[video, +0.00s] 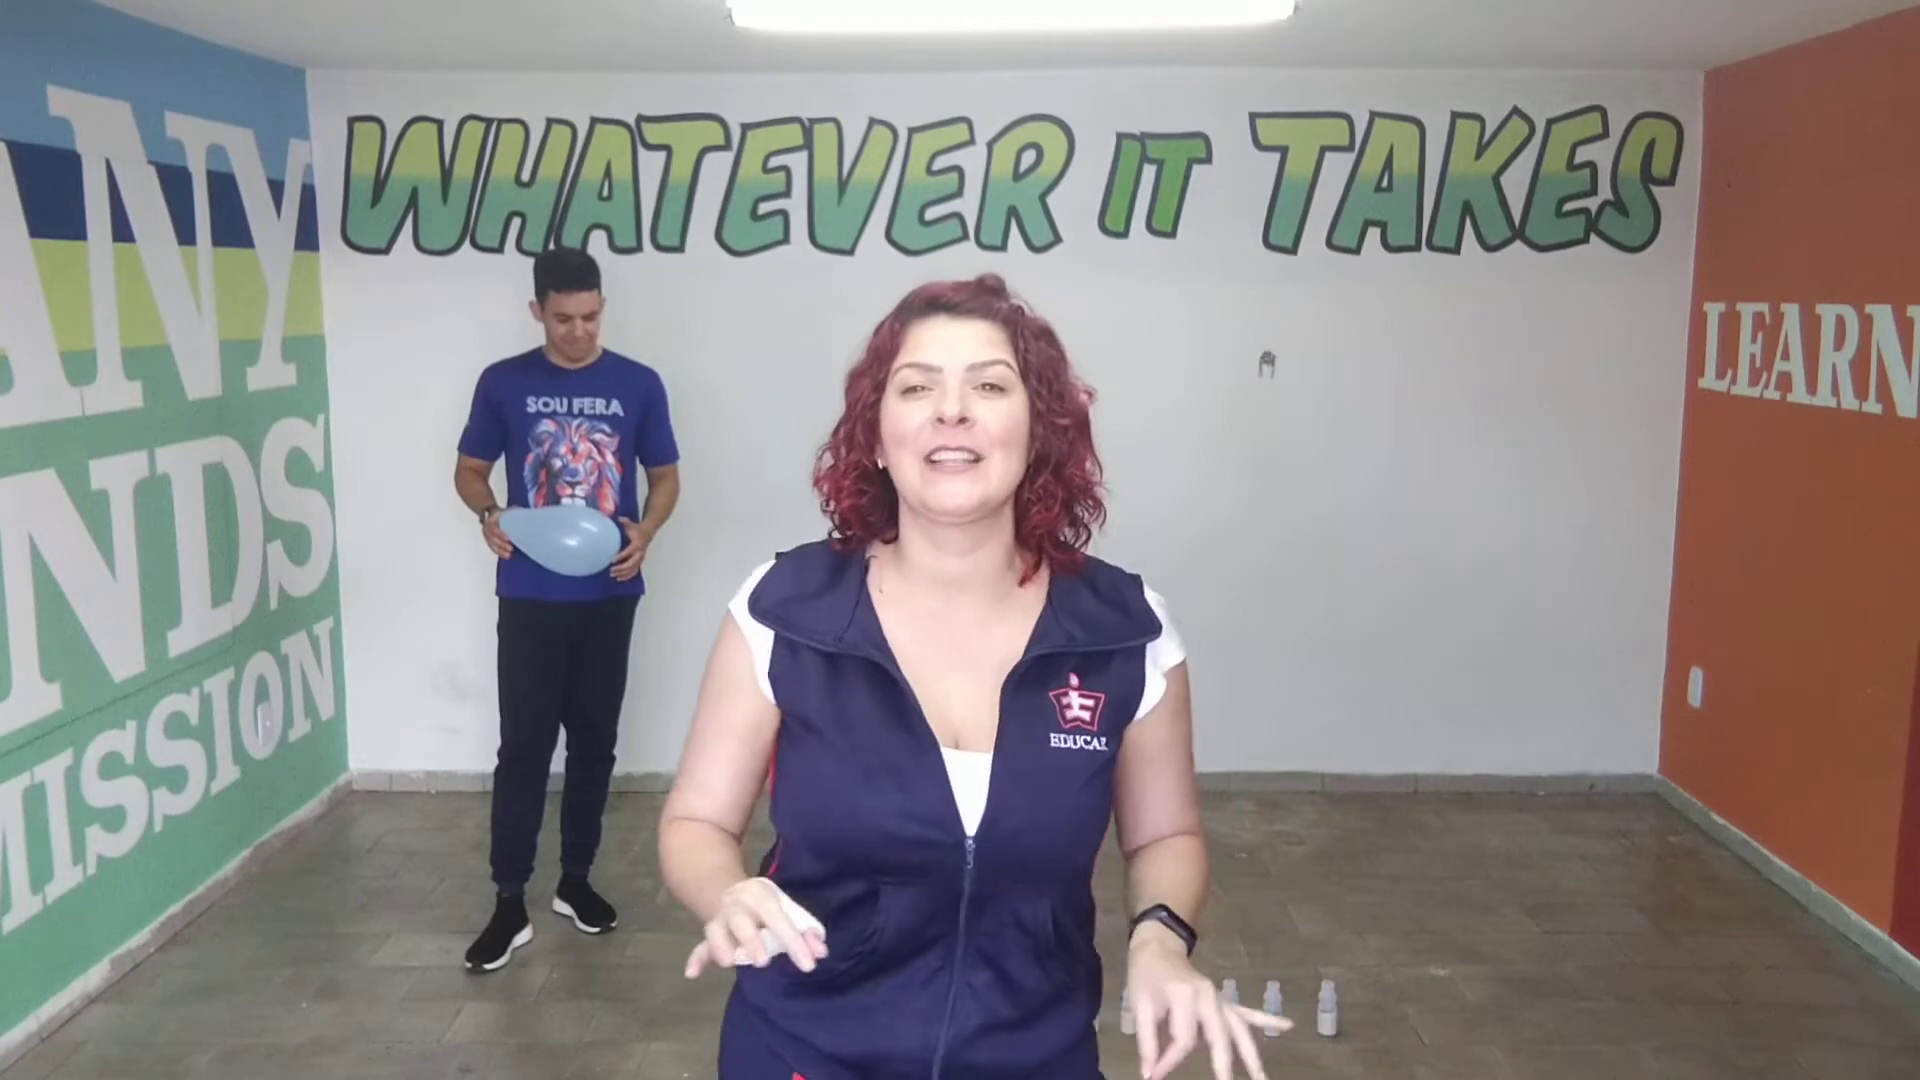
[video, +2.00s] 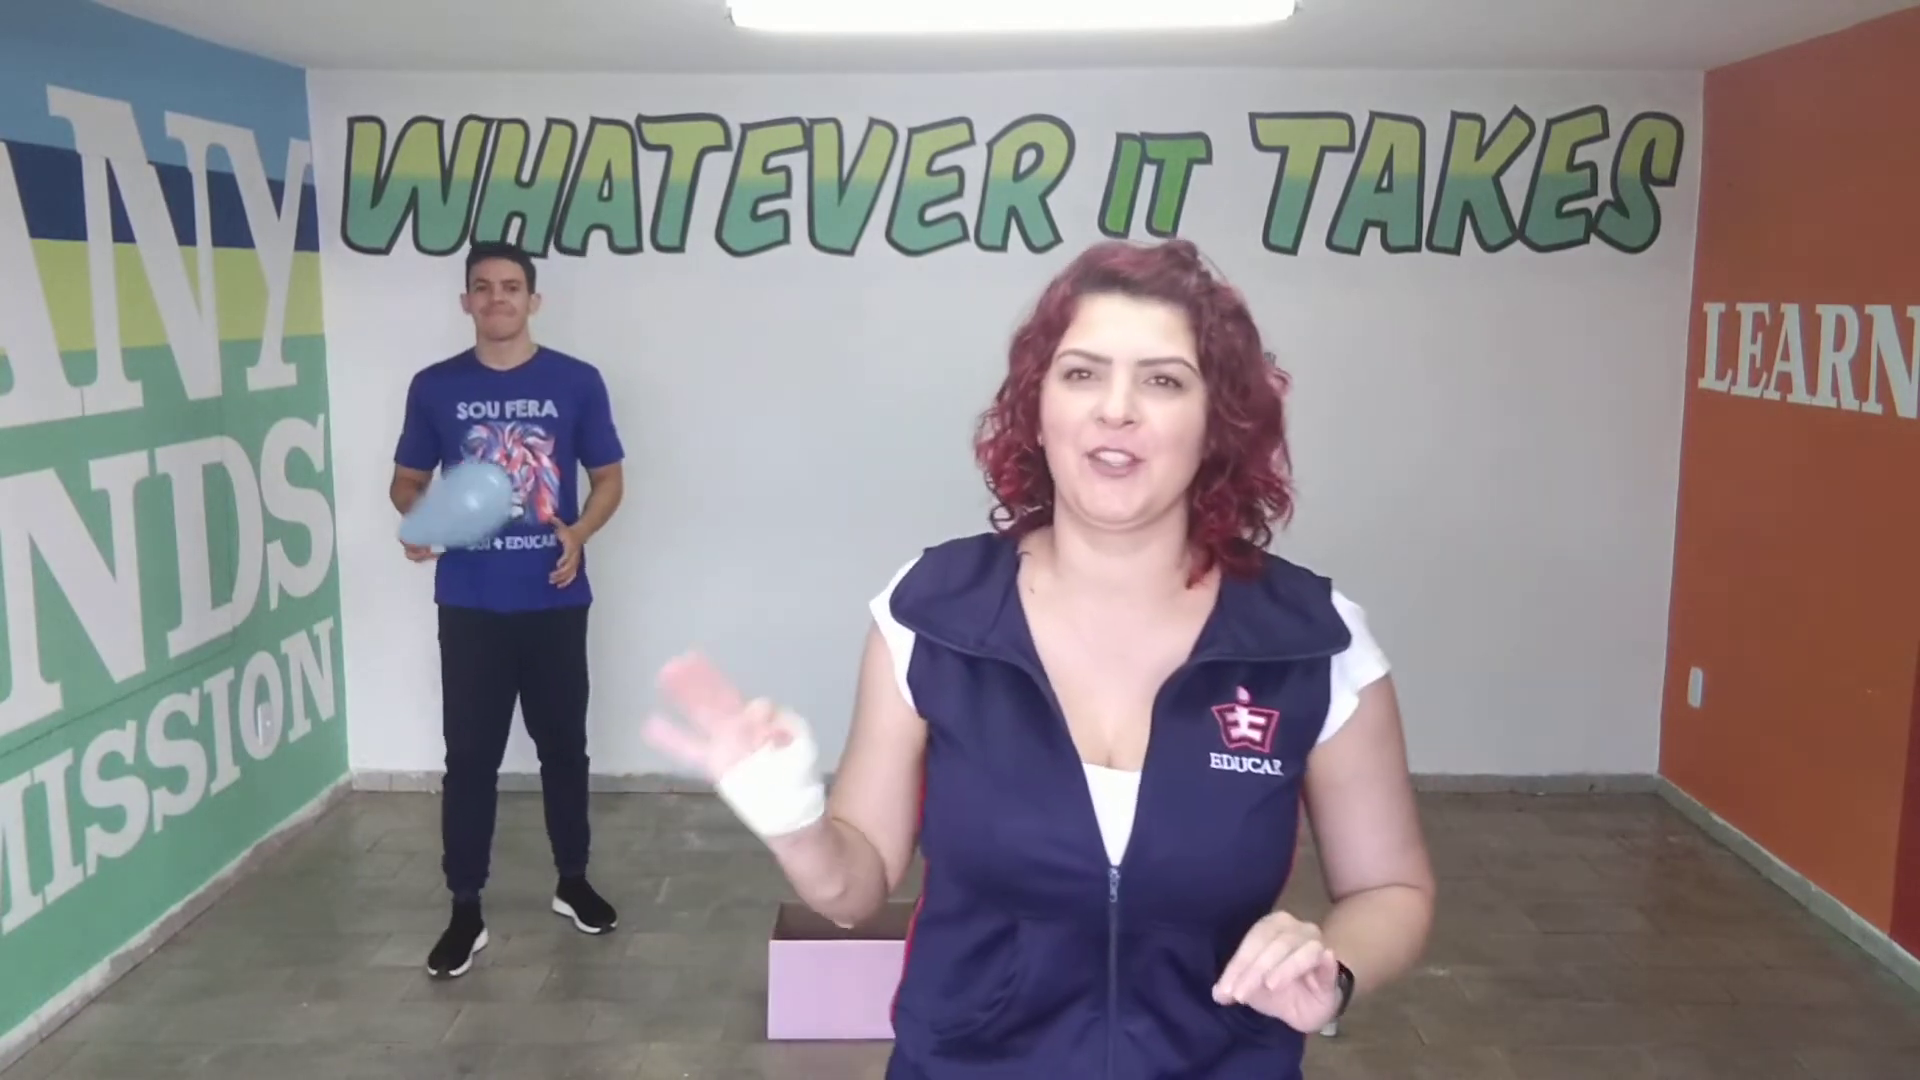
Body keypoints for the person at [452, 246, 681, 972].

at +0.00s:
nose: (578, 329)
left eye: (589, 315)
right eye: (565, 317)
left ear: (603, 310)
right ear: (539, 312)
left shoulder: (639, 387)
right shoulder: (504, 384)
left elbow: (667, 481)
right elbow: (470, 473)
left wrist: (645, 530)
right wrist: (489, 513)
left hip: (608, 599)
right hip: (531, 599)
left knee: (594, 747)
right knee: (524, 749)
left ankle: (575, 882)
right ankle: (509, 902)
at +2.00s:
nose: (495, 299)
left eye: (508, 288)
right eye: (482, 288)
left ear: (532, 299)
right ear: (466, 300)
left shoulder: (576, 383)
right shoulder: (436, 386)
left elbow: (610, 480)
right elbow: (407, 481)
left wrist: (581, 531)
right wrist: (424, 521)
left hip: (554, 607)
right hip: (471, 609)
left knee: (565, 750)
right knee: (469, 761)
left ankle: (572, 881)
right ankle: (465, 911)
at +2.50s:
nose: (441, 303)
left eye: (454, 290)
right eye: (427, 292)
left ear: (478, 301)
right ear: (411, 305)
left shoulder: (525, 381)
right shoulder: (383, 392)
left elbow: (561, 475)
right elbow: (352, 499)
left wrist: (545, 532)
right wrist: (346, 412)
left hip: (527, 609)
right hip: (438, 618)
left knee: (562, 747)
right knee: (449, 770)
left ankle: (562, 879)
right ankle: (463, 914)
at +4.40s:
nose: (634, 340)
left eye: (643, 327)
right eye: (620, 328)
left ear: (652, 318)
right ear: (587, 320)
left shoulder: (685, 386)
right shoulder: (554, 394)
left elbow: (727, 479)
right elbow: (531, 486)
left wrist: (691, 540)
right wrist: (543, 540)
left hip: (662, 595)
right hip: (589, 595)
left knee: (645, 747)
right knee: (609, 739)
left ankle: (625, 914)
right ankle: (644, 861)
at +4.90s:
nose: (644, 332)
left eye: (653, 318)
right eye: (630, 319)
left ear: (665, 311)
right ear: (601, 313)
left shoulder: (695, 375)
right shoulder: (566, 386)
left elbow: (729, 462)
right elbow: (536, 475)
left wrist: (713, 520)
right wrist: (565, 531)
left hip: (691, 578)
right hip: (614, 586)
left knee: (735, 708)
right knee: (631, 726)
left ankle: (771, 838)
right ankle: (646, 857)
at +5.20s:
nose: (672, 324)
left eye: (681, 312)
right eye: (659, 313)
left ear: (690, 308)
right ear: (629, 310)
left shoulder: (714, 374)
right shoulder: (595, 385)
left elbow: (734, 458)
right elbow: (563, 478)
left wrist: (744, 516)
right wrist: (617, 530)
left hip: (716, 574)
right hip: (643, 581)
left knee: (740, 698)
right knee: (643, 717)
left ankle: (751, 813)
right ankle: (647, 853)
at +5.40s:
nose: (696, 312)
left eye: (705, 301)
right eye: (683, 301)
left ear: (714, 305)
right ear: (657, 305)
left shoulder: (734, 373)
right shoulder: (626, 382)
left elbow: (751, 456)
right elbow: (598, 478)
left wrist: (771, 522)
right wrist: (664, 525)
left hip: (732, 575)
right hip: (665, 579)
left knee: (733, 704)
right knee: (656, 717)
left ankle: (742, 819)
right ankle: (648, 852)